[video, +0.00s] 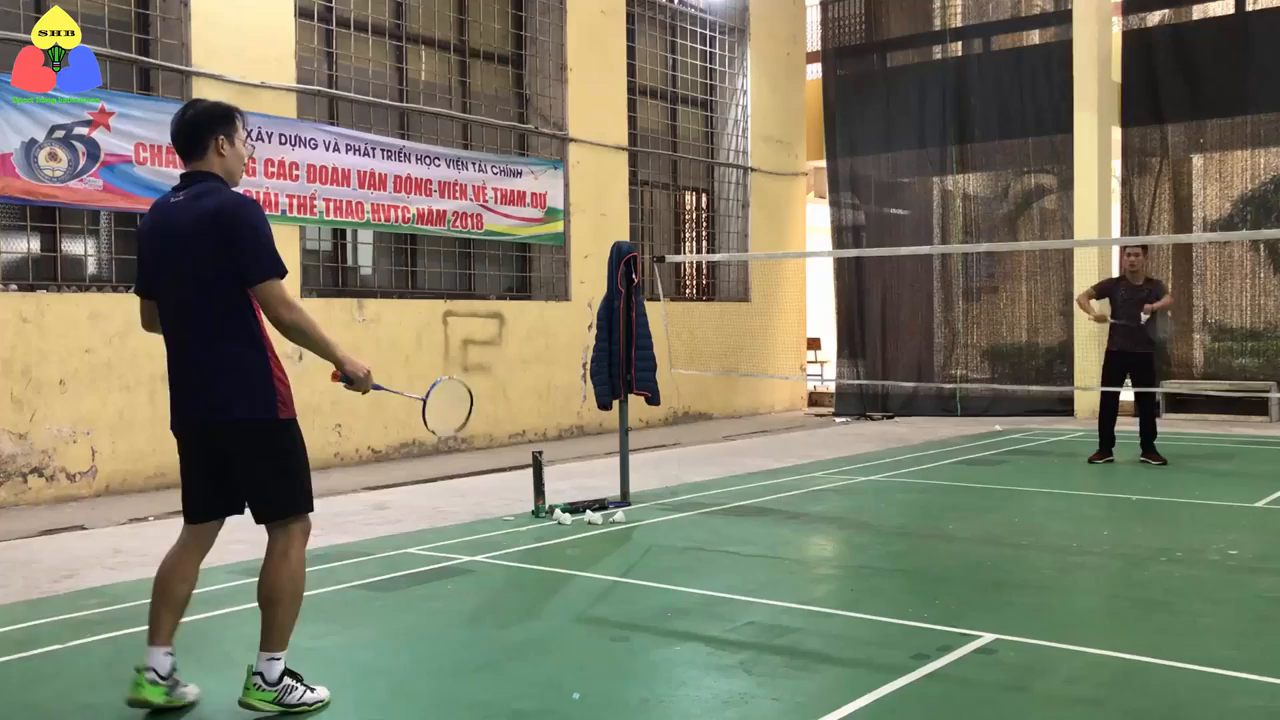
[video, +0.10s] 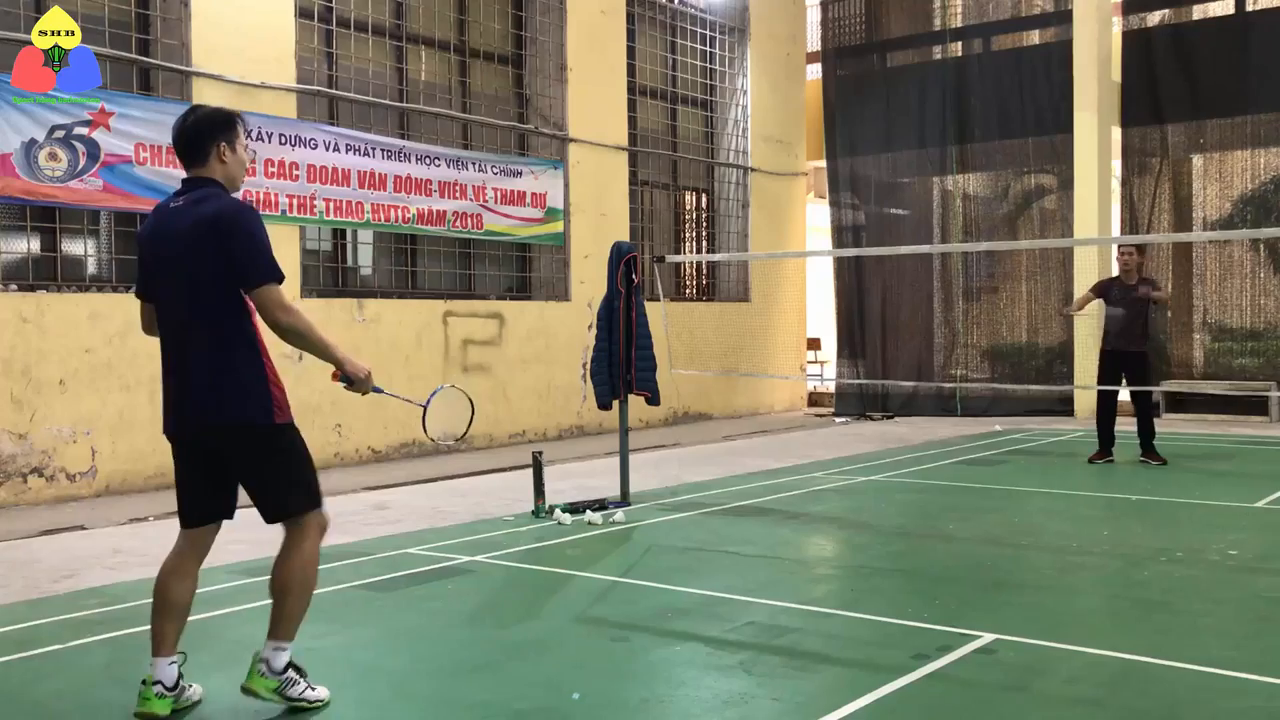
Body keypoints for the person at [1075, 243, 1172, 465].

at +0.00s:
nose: (1132, 259)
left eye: (1136, 255)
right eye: (1128, 255)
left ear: (1145, 259)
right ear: (1122, 259)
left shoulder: (1154, 286)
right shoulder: (1113, 284)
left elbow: (1169, 300)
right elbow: (1081, 298)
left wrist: (1154, 307)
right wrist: (1093, 314)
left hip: (1143, 352)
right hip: (1116, 351)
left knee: (1146, 402)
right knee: (1108, 401)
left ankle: (1148, 450)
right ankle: (1105, 449)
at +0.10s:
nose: (1124, 258)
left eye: (1129, 254)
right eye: (1121, 254)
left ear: (1140, 258)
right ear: (1117, 258)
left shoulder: (1148, 285)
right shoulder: (1107, 285)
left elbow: (1166, 298)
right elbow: (1083, 299)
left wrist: (1151, 294)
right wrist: (1072, 308)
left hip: (1137, 354)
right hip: (1110, 354)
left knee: (1143, 403)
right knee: (1105, 402)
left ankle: (1148, 450)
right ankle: (1105, 450)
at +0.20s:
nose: (1119, 258)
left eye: (1124, 254)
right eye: (1115, 254)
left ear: (1133, 258)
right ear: (1110, 258)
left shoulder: (1143, 286)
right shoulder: (1102, 285)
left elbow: (1167, 302)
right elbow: (1078, 305)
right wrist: (1059, 317)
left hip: (1133, 353)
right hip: (1106, 353)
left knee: (1140, 402)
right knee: (1103, 402)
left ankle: (1148, 450)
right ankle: (1104, 450)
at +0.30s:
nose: (1114, 257)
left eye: (1119, 253)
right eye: (1110, 253)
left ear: (1130, 259)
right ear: (1105, 259)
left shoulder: (1140, 286)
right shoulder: (1097, 287)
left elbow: (1166, 302)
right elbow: (1076, 311)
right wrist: (1059, 327)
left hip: (1131, 353)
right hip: (1103, 354)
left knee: (1139, 399)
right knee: (1101, 402)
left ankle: (1141, 448)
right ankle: (1104, 449)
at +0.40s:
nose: (1109, 257)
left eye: (1114, 253)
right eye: (1106, 254)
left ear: (1125, 259)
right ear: (1102, 259)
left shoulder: (1137, 287)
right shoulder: (1094, 288)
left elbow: (1160, 306)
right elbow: (1077, 317)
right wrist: (1062, 339)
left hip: (1129, 353)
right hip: (1101, 354)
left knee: (1135, 397)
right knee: (1100, 401)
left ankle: (1130, 447)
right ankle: (1104, 449)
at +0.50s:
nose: (1107, 257)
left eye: (1113, 254)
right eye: (1104, 254)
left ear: (1124, 259)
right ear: (1101, 259)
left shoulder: (1136, 288)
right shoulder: (1092, 289)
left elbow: (1156, 309)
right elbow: (1079, 320)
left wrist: (1152, 294)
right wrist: (1067, 343)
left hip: (1126, 353)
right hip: (1100, 354)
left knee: (1129, 399)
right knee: (1099, 401)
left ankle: (1122, 447)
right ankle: (1104, 448)